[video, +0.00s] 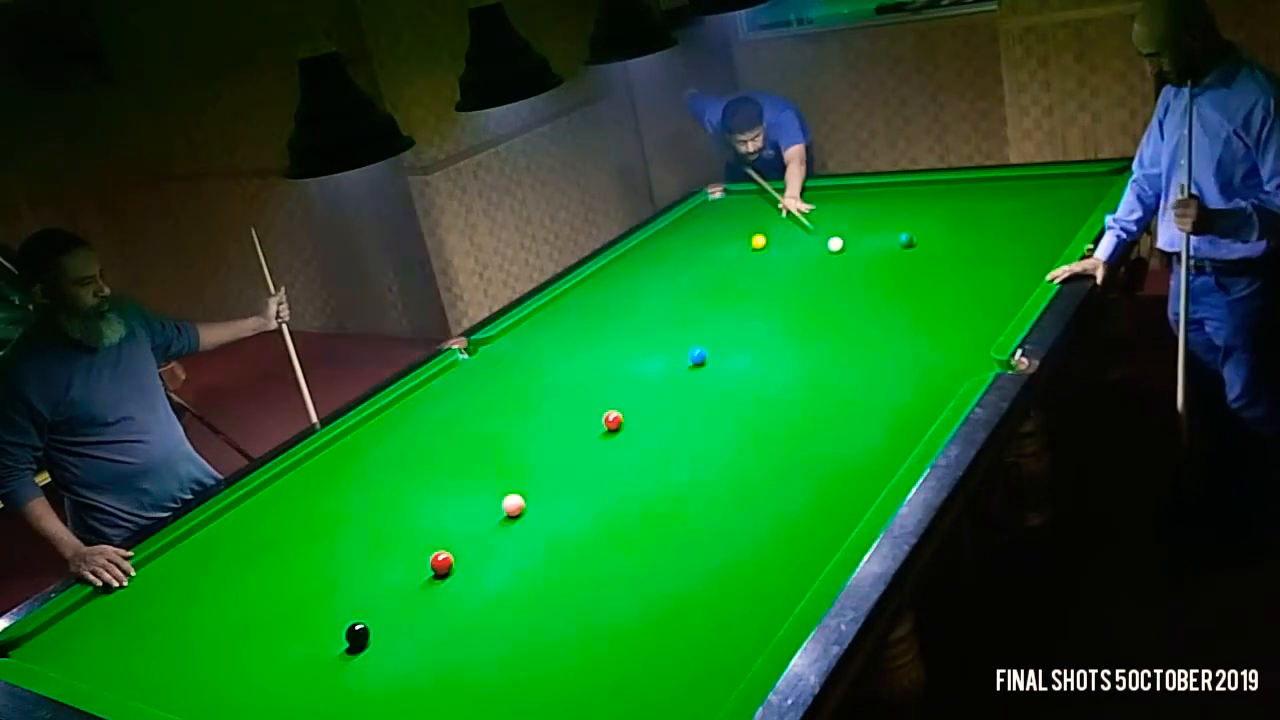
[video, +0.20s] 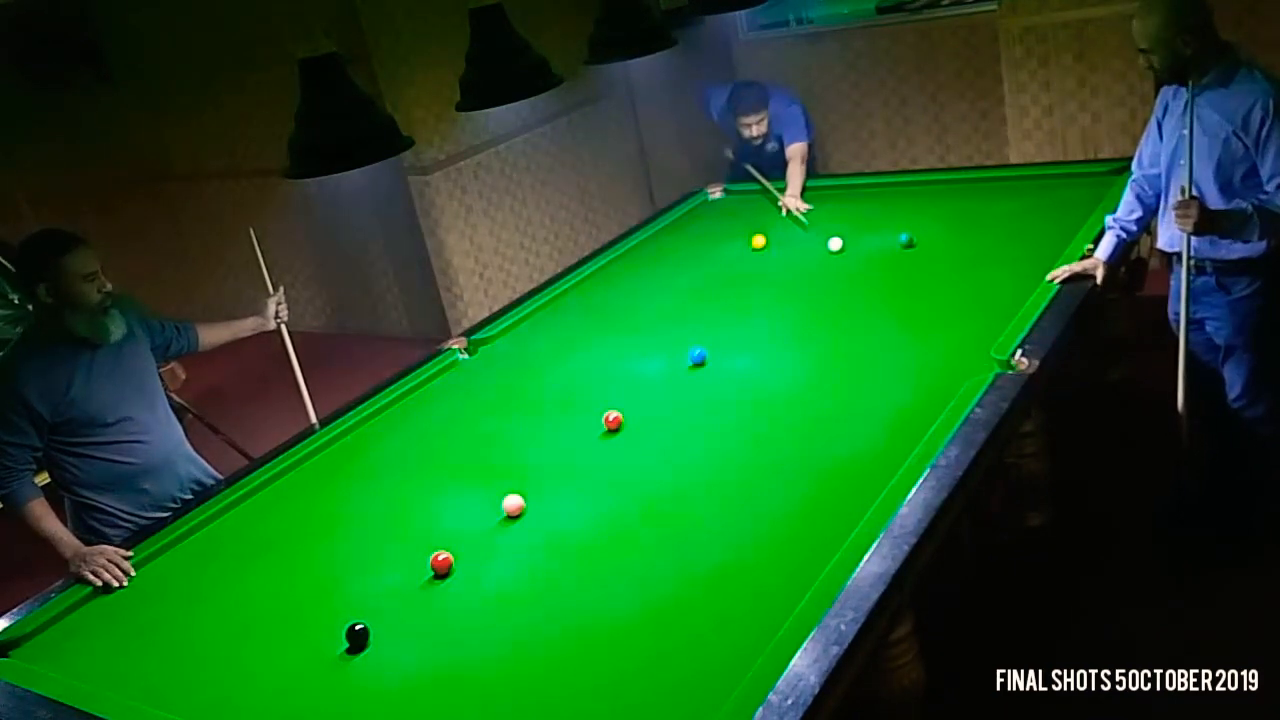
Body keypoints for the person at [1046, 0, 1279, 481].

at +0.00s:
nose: (1152, 69)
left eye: (1158, 55)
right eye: (1145, 57)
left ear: (1193, 39)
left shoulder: (1260, 99)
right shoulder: (1173, 97)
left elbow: (1277, 210)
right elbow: (1145, 180)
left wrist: (1214, 219)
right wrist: (1104, 253)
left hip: (1243, 284)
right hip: (1185, 278)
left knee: (1248, 409)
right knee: (1199, 407)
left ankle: (1257, 523)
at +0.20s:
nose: (1146, 62)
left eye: (1153, 50)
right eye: (1141, 51)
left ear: (1190, 40)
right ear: (1185, 43)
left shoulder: (1258, 102)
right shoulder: (1171, 98)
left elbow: (1277, 211)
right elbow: (1144, 182)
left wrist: (1216, 221)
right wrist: (1104, 254)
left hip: (1242, 287)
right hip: (1185, 283)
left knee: (1247, 410)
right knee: (1195, 408)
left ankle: (1256, 527)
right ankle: (1204, 520)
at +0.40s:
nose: (1139, 60)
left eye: (1147, 49)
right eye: (1136, 49)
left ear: (1185, 41)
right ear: (1173, 44)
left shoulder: (1256, 101)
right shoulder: (1169, 98)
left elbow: (1276, 209)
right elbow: (1144, 182)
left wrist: (1216, 222)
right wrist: (1104, 254)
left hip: (1242, 286)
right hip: (1185, 282)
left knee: (1247, 410)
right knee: (1196, 408)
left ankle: (1256, 527)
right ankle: (1203, 520)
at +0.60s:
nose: (1133, 62)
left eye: (1140, 50)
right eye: (1130, 50)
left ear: (1178, 43)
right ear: (1170, 47)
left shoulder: (1253, 102)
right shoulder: (1164, 101)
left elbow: (1276, 208)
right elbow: (1140, 185)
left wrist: (1212, 230)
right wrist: (1104, 254)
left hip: (1241, 292)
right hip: (1185, 288)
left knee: (1246, 413)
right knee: (1196, 412)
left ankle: (1254, 530)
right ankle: (1203, 522)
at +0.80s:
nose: (1133, 78)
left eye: (1141, 65)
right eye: (1126, 65)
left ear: (1180, 47)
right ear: (1124, 56)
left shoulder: (1246, 107)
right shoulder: (1154, 107)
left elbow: (1276, 214)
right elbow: (1136, 192)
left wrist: (1218, 257)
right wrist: (1093, 245)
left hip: (1238, 301)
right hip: (1185, 297)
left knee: (1232, 421)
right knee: (1195, 417)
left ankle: (1237, 537)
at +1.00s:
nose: (1142, 99)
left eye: (1150, 87)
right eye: (1133, 88)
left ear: (1182, 68)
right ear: (1129, 75)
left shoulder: (1239, 123)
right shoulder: (1144, 119)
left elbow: (1272, 225)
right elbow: (1123, 193)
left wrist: (1220, 275)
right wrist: (1097, 242)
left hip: (1232, 305)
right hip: (1178, 301)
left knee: (1227, 422)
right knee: (1185, 416)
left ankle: (1235, 535)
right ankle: (1191, 523)